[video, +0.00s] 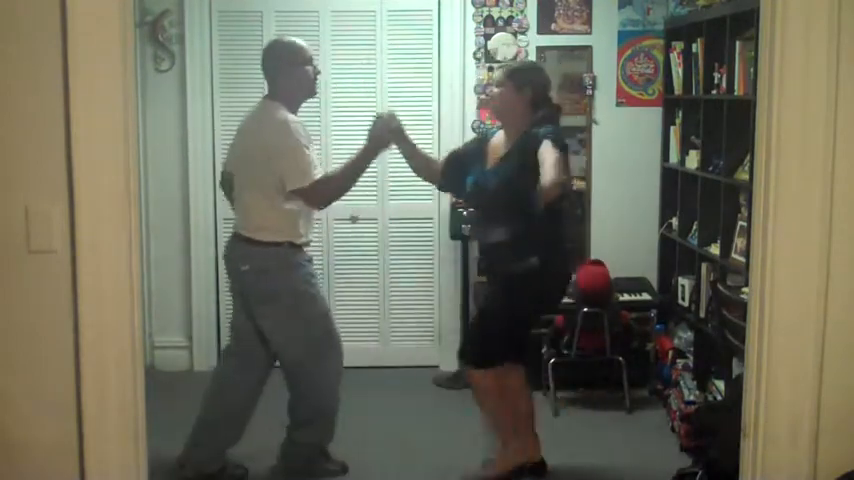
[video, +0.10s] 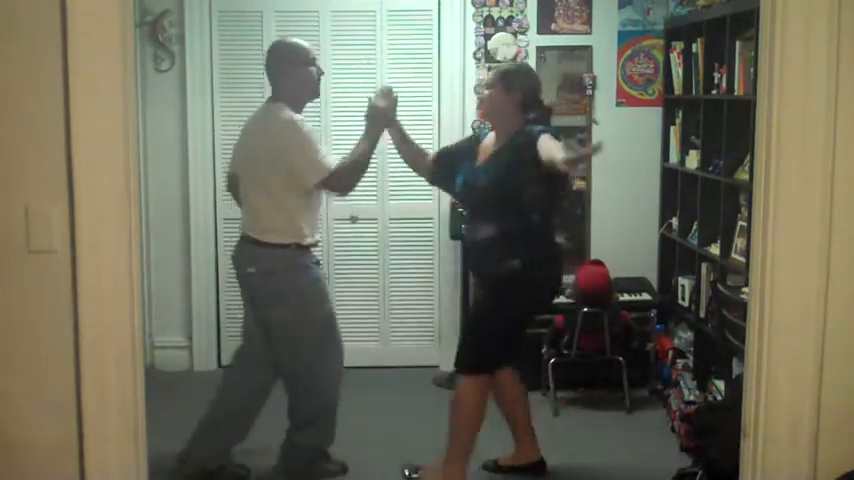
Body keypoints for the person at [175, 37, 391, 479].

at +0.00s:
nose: (317, 72)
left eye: (314, 64)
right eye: (308, 65)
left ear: (278, 75)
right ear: (283, 73)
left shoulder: (256, 119)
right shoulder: (283, 126)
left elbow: (228, 182)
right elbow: (318, 196)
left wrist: (262, 225)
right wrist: (373, 149)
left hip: (248, 254)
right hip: (276, 260)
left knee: (249, 356)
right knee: (319, 355)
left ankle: (202, 457)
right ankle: (305, 455)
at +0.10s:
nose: (320, 73)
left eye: (317, 65)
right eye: (311, 66)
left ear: (281, 77)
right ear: (286, 75)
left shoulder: (260, 121)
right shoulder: (288, 127)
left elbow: (235, 183)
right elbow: (341, 183)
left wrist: (275, 217)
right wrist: (376, 125)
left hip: (256, 255)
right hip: (284, 262)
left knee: (261, 357)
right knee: (319, 360)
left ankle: (204, 456)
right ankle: (305, 457)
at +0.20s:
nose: (324, 70)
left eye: (322, 63)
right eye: (316, 64)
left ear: (284, 74)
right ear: (295, 72)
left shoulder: (267, 120)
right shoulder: (296, 123)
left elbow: (274, 188)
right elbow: (370, 149)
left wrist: (318, 225)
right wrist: (390, 105)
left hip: (266, 254)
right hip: (288, 258)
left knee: (283, 352)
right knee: (320, 354)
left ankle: (221, 436)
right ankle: (304, 456)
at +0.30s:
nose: (330, 70)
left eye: (327, 63)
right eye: (322, 64)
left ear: (290, 72)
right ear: (299, 70)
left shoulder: (275, 116)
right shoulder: (310, 112)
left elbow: (288, 186)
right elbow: (381, 114)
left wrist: (343, 214)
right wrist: (420, 78)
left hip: (267, 248)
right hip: (288, 252)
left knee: (305, 339)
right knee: (320, 344)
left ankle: (249, 410)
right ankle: (306, 452)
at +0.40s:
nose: (335, 65)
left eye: (332, 58)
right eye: (326, 59)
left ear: (295, 71)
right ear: (304, 67)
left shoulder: (277, 114)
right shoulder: (316, 103)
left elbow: (297, 178)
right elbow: (384, 88)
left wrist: (353, 209)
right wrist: (439, 53)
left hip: (277, 242)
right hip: (283, 247)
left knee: (334, 321)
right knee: (312, 337)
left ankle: (282, 410)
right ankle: (309, 451)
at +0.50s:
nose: (339, 68)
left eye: (337, 62)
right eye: (333, 62)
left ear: (299, 69)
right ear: (315, 66)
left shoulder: (284, 110)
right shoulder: (319, 101)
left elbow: (299, 177)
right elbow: (389, 76)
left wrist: (350, 211)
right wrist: (448, 40)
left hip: (280, 242)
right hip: (285, 245)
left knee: (323, 329)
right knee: (315, 336)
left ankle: (315, 432)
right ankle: (307, 450)